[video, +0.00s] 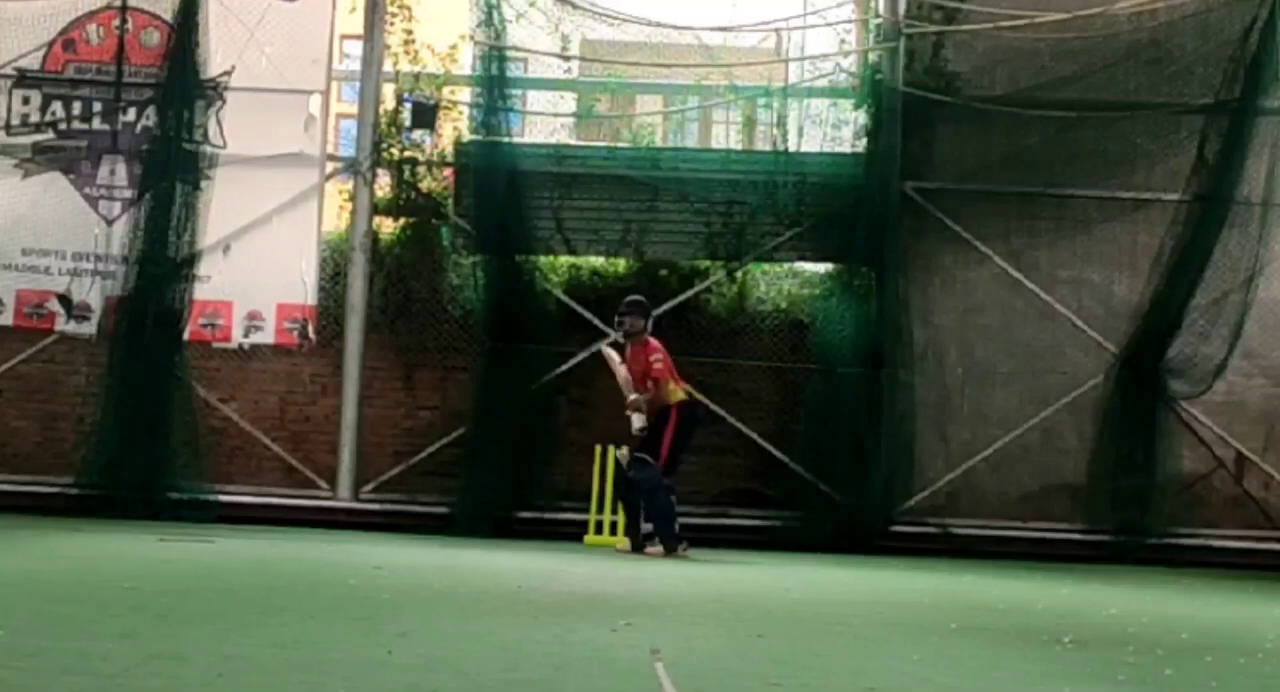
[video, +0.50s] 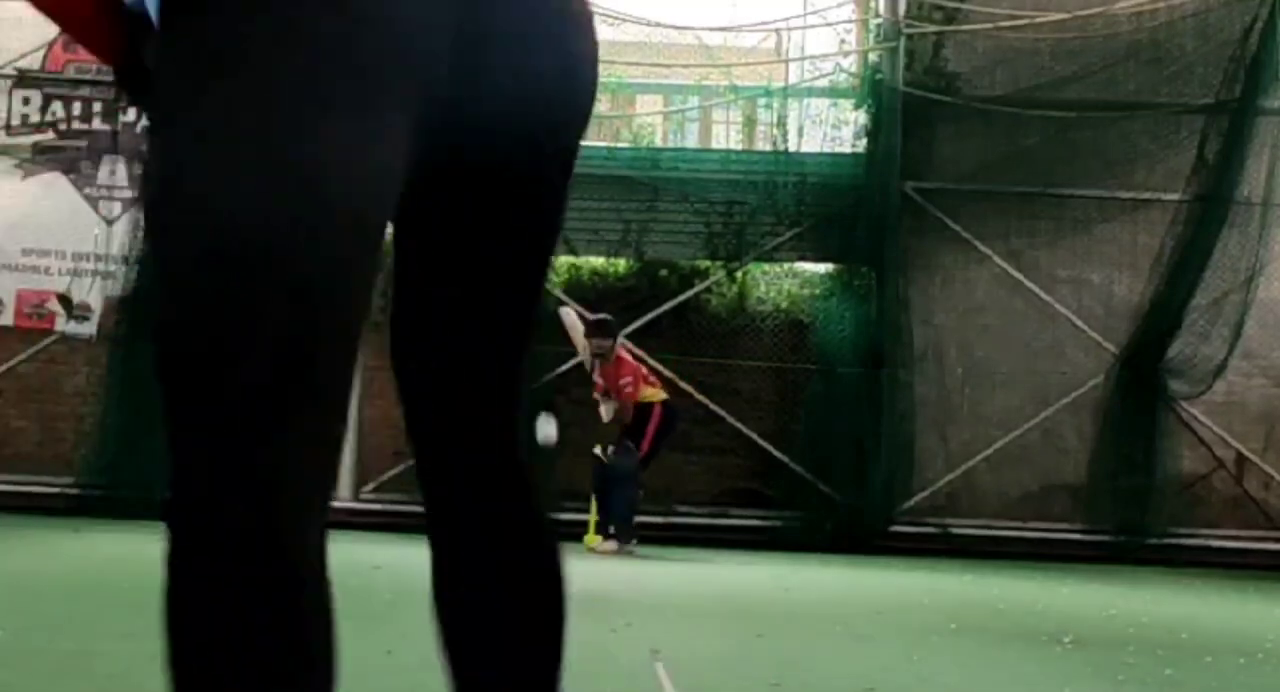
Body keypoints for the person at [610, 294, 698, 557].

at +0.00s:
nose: (629, 323)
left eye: (636, 318)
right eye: (625, 318)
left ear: (646, 322)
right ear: (620, 322)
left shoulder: (653, 350)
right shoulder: (631, 350)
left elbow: (659, 387)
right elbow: (631, 380)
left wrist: (641, 399)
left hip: (676, 404)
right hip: (657, 406)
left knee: (657, 470)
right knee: (640, 466)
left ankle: (670, 540)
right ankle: (645, 536)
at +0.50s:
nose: (599, 348)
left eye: (604, 343)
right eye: (594, 343)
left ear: (614, 342)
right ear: (588, 342)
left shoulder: (626, 366)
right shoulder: (594, 354)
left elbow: (626, 412)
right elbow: (566, 313)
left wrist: (610, 410)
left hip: (654, 405)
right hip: (633, 404)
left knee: (629, 464)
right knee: (616, 461)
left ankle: (621, 535)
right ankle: (611, 532)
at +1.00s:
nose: (601, 328)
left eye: (599, 324)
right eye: (596, 326)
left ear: (599, 323)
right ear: (586, 331)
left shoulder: (621, 330)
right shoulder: (587, 351)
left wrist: (607, 318)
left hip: (636, 394)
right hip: (612, 395)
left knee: (630, 459)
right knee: (607, 457)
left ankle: (620, 528)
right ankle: (608, 527)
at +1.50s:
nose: (595, 357)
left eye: (600, 351)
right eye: (590, 352)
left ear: (610, 340)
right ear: (582, 345)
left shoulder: (629, 354)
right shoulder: (577, 361)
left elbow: (648, 388)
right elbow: (576, 398)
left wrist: (628, 402)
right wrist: (584, 395)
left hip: (621, 421)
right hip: (592, 419)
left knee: (610, 474)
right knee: (589, 476)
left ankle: (595, 533)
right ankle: (601, 529)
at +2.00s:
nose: (604, 312)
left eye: (610, 306)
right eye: (599, 306)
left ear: (620, 309)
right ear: (592, 308)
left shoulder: (632, 345)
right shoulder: (579, 340)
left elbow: (634, 385)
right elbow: (569, 378)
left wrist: (631, 420)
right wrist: (560, 414)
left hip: (614, 407)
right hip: (583, 405)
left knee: (603, 467)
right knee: (574, 465)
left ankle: (593, 534)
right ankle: (583, 528)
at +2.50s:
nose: (614, 295)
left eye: (621, 291)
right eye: (611, 288)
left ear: (627, 298)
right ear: (601, 292)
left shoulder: (633, 331)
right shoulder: (580, 324)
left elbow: (638, 368)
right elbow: (561, 364)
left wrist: (640, 396)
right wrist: (578, 366)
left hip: (620, 396)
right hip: (590, 395)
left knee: (613, 459)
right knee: (585, 458)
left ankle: (601, 527)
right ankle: (587, 525)